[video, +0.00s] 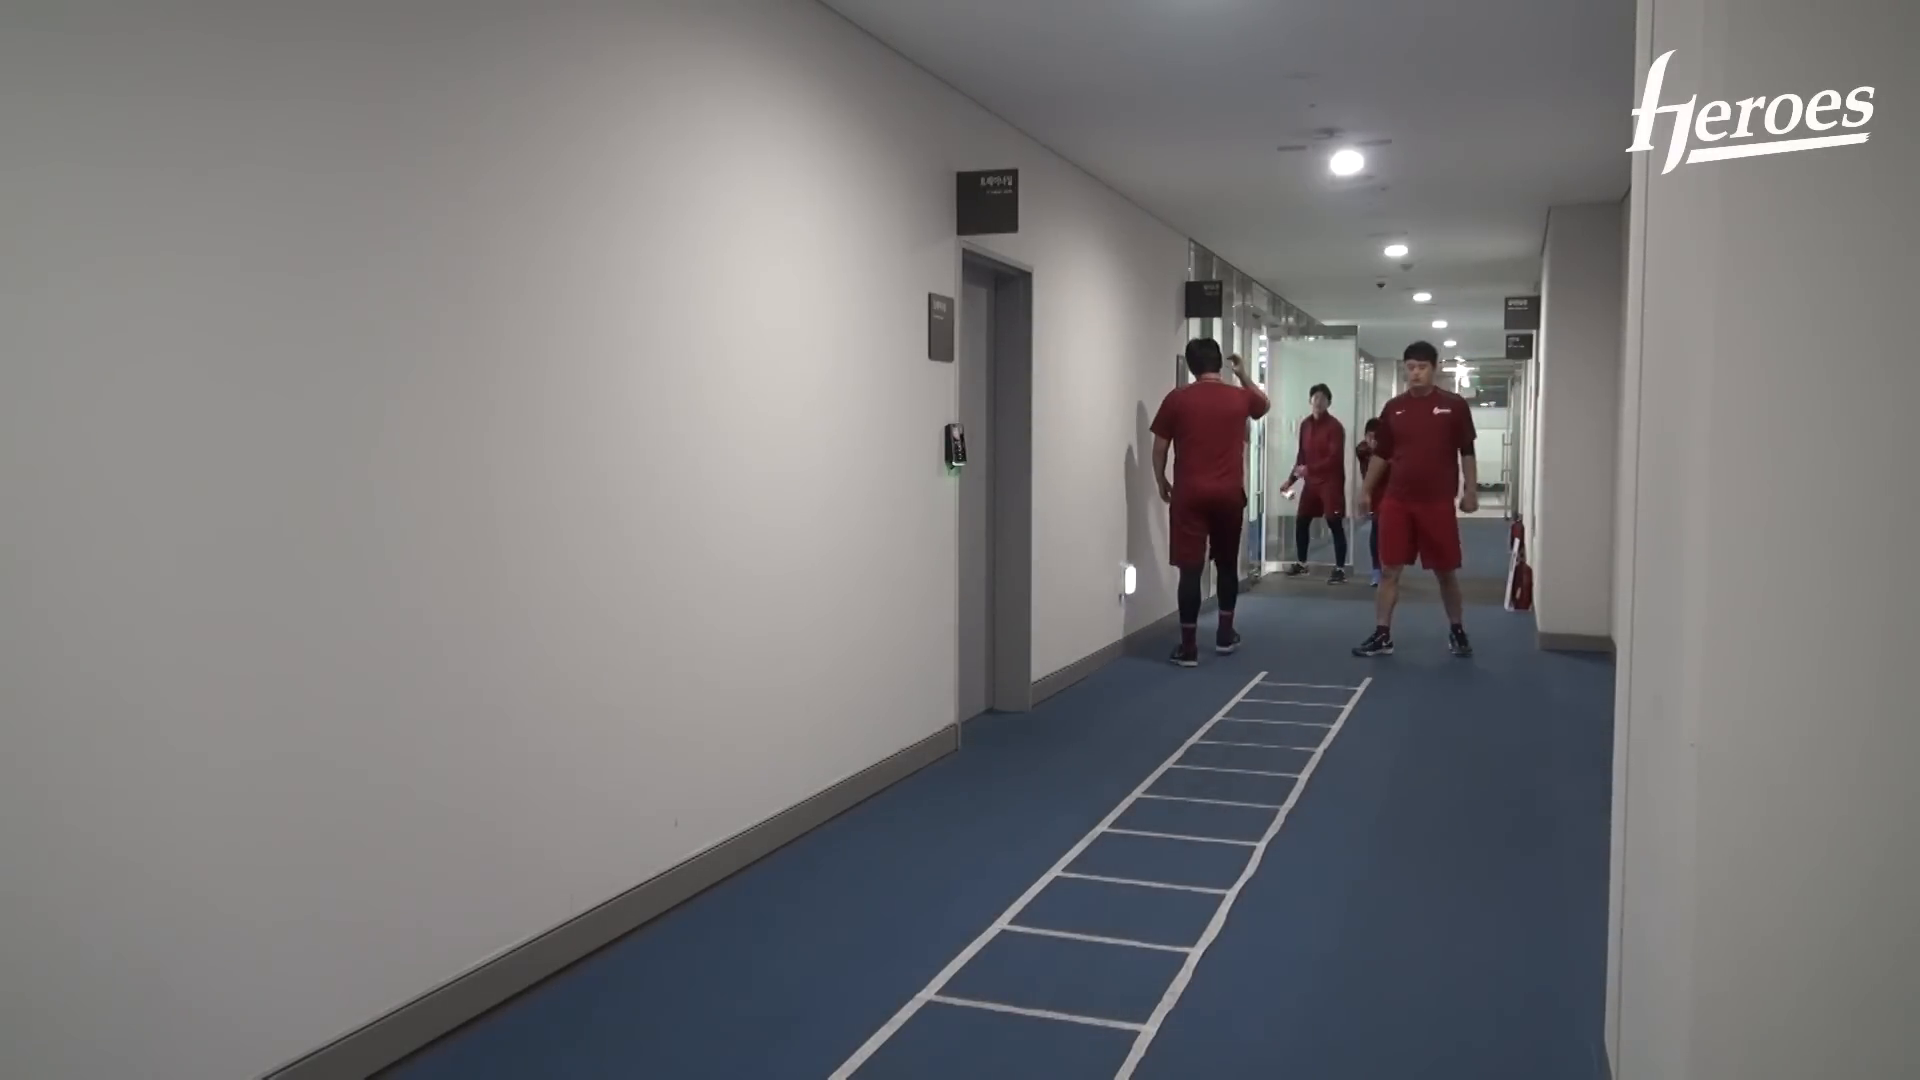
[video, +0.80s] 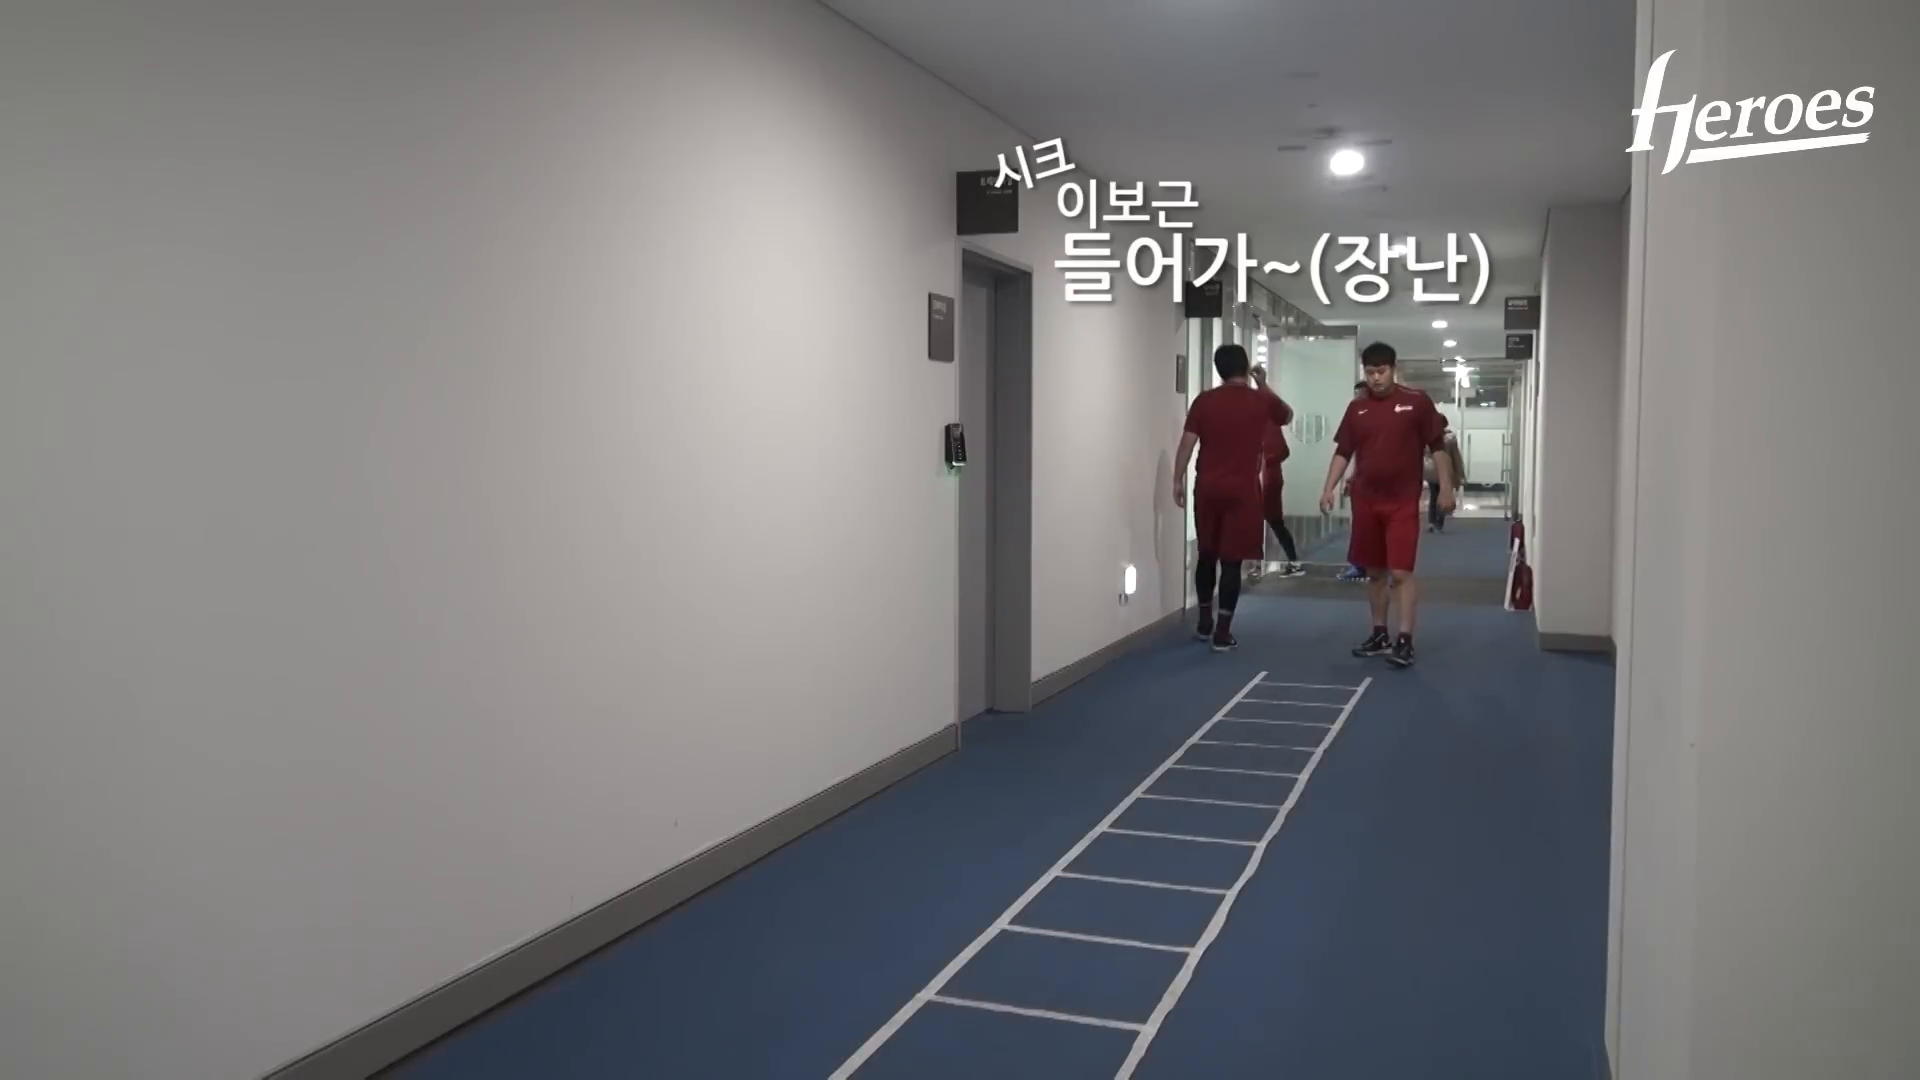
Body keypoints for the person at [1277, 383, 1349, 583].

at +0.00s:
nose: (1318, 402)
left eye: (1322, 398)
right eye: (1315, 397)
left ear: (1328, 402)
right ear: (1310, 400)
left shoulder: (1335, 427)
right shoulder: (1305, 425)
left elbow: (1334, 459)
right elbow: (1302, 456)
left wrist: (1309, 469)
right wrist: (1290, 480)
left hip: (1331, 483)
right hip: (1311, 482)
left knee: (1334, 520)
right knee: (1302, 520)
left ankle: (1339, 567)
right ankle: (1301, 563)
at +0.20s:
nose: (1302, 401)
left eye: (1307, 398)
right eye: (1301, 397)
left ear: (1315, 402)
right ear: (1299, 399)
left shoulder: (1318, 426)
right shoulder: (1297, 425)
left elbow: (1315, 455)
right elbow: (1295, 460)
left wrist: (1286, 460)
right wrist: (1276, 482)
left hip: (1316, 482)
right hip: (1299, 482)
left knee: (1323, 522)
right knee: (1293, 521)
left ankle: (1338, 567)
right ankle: (1297, 564)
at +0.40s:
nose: (1283, 402)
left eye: (1287, 399)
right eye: (1284, 398)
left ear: (1297, 403)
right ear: (1290, 401)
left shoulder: (1298, 426)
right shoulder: (1288, 424)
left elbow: (1295, 459)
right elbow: (1285, 458)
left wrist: (1273, 463)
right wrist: (1270, 474)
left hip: (1297, 480)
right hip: (1286, 480)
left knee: (1298, 523)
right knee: (1288, 523)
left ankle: (1324, 562)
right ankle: (1296, 564)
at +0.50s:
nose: (1273, 402)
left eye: (1277, 398)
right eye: (1274, 398)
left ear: (1286, 400)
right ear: (1287, 400)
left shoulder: (1287, 425)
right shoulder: (1285, 423)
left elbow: (1287, 455)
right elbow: (1284, 455)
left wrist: (1269, 462)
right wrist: (1270, 466)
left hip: (1289, 478)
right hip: (1286, 477)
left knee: (1281, 519)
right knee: (1285, 520)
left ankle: (1302, 558)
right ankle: (1297, 560)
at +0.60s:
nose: (1269, 406)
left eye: (1274, 401)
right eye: (1274, 400)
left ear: (1275, 404)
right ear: (1285, 404)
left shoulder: (1278, 425)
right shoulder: (1285, 425)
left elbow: (1283, 452)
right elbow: (1284, 452)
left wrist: (1264, 461)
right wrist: (1268, 465)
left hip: (1280, 477)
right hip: (1288, 476)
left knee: (1264, 519)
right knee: (1288, 520)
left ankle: (1283, 558)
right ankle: (1296, 562)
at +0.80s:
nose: (1253, 404)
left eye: (1257, 400)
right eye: (1254, 399)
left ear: (1263, 403)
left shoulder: (1269, 419)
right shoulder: (1249, 420)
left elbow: (1282, 450)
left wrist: (1265, 461)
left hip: (1268, 472)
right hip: (1252, 472)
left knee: (1274, 518)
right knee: (1251, 519)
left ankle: (1293, 560)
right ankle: (1255, 563)